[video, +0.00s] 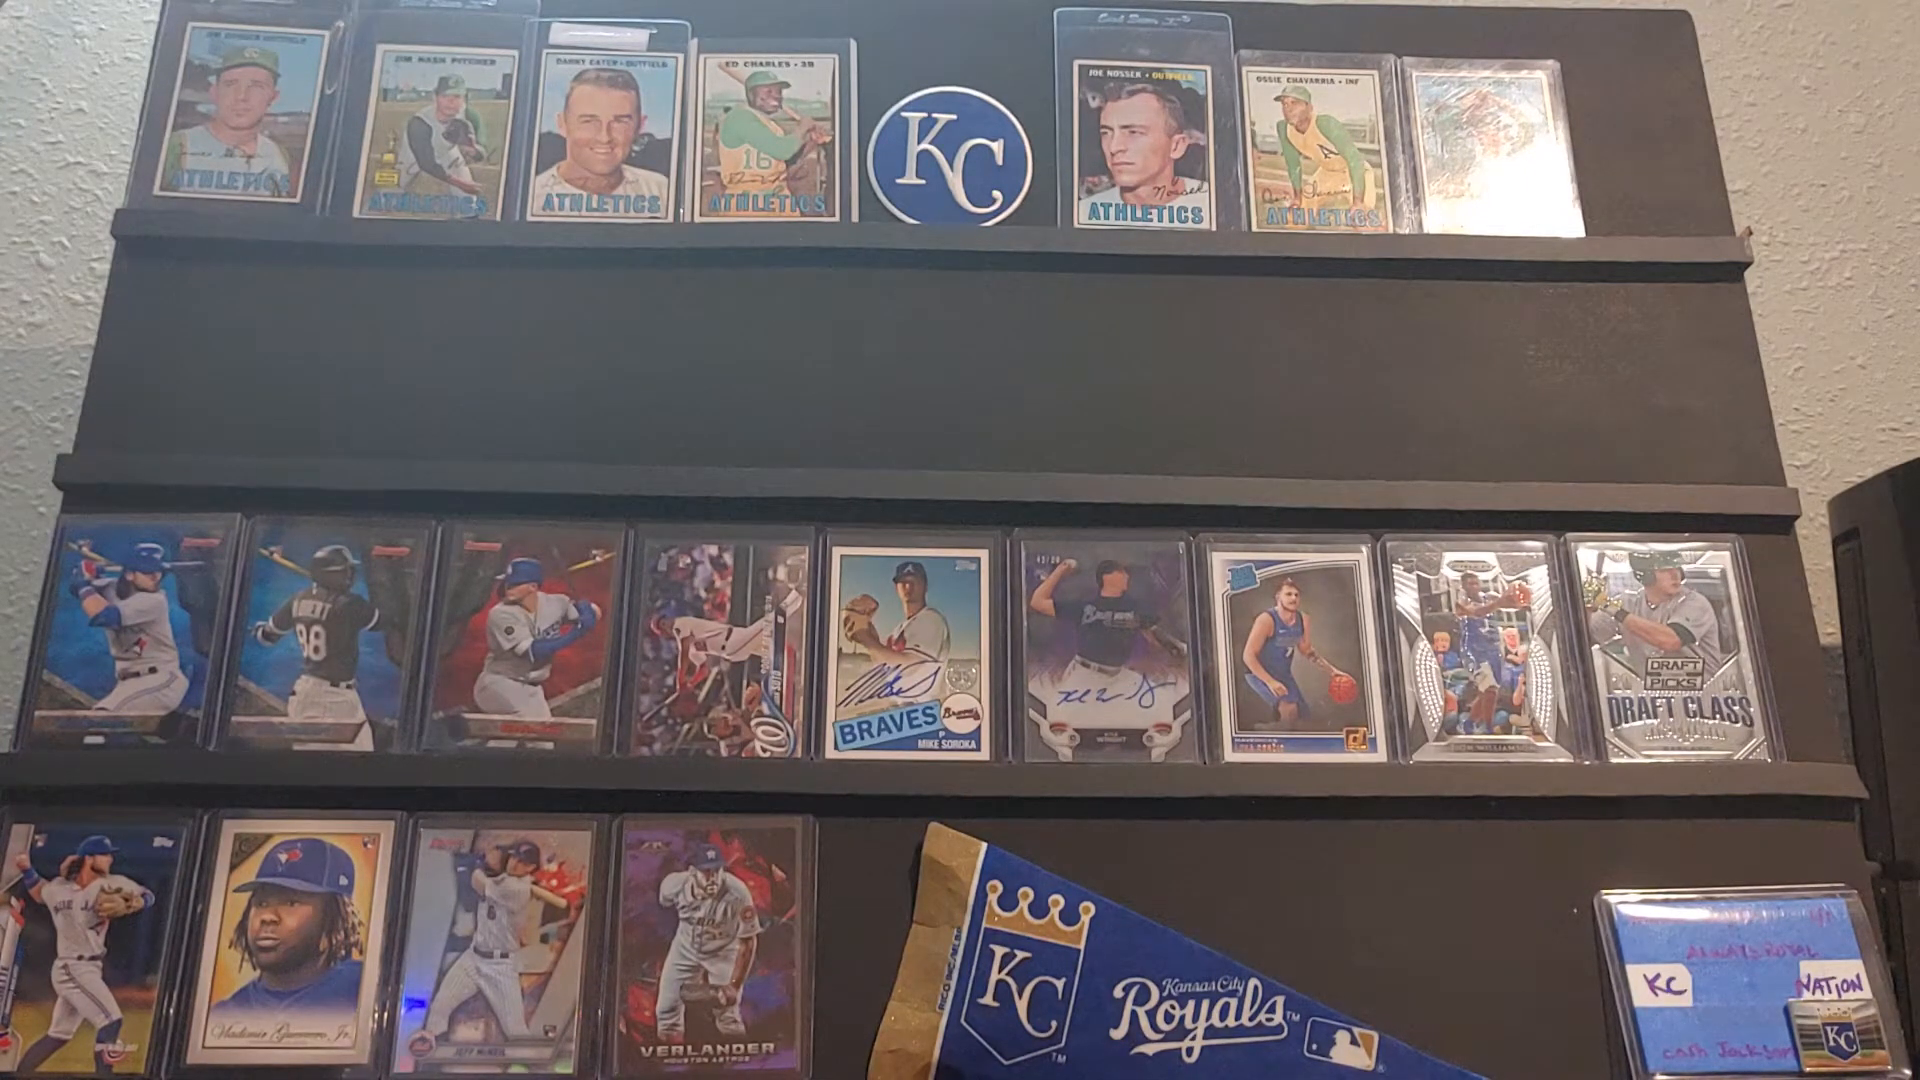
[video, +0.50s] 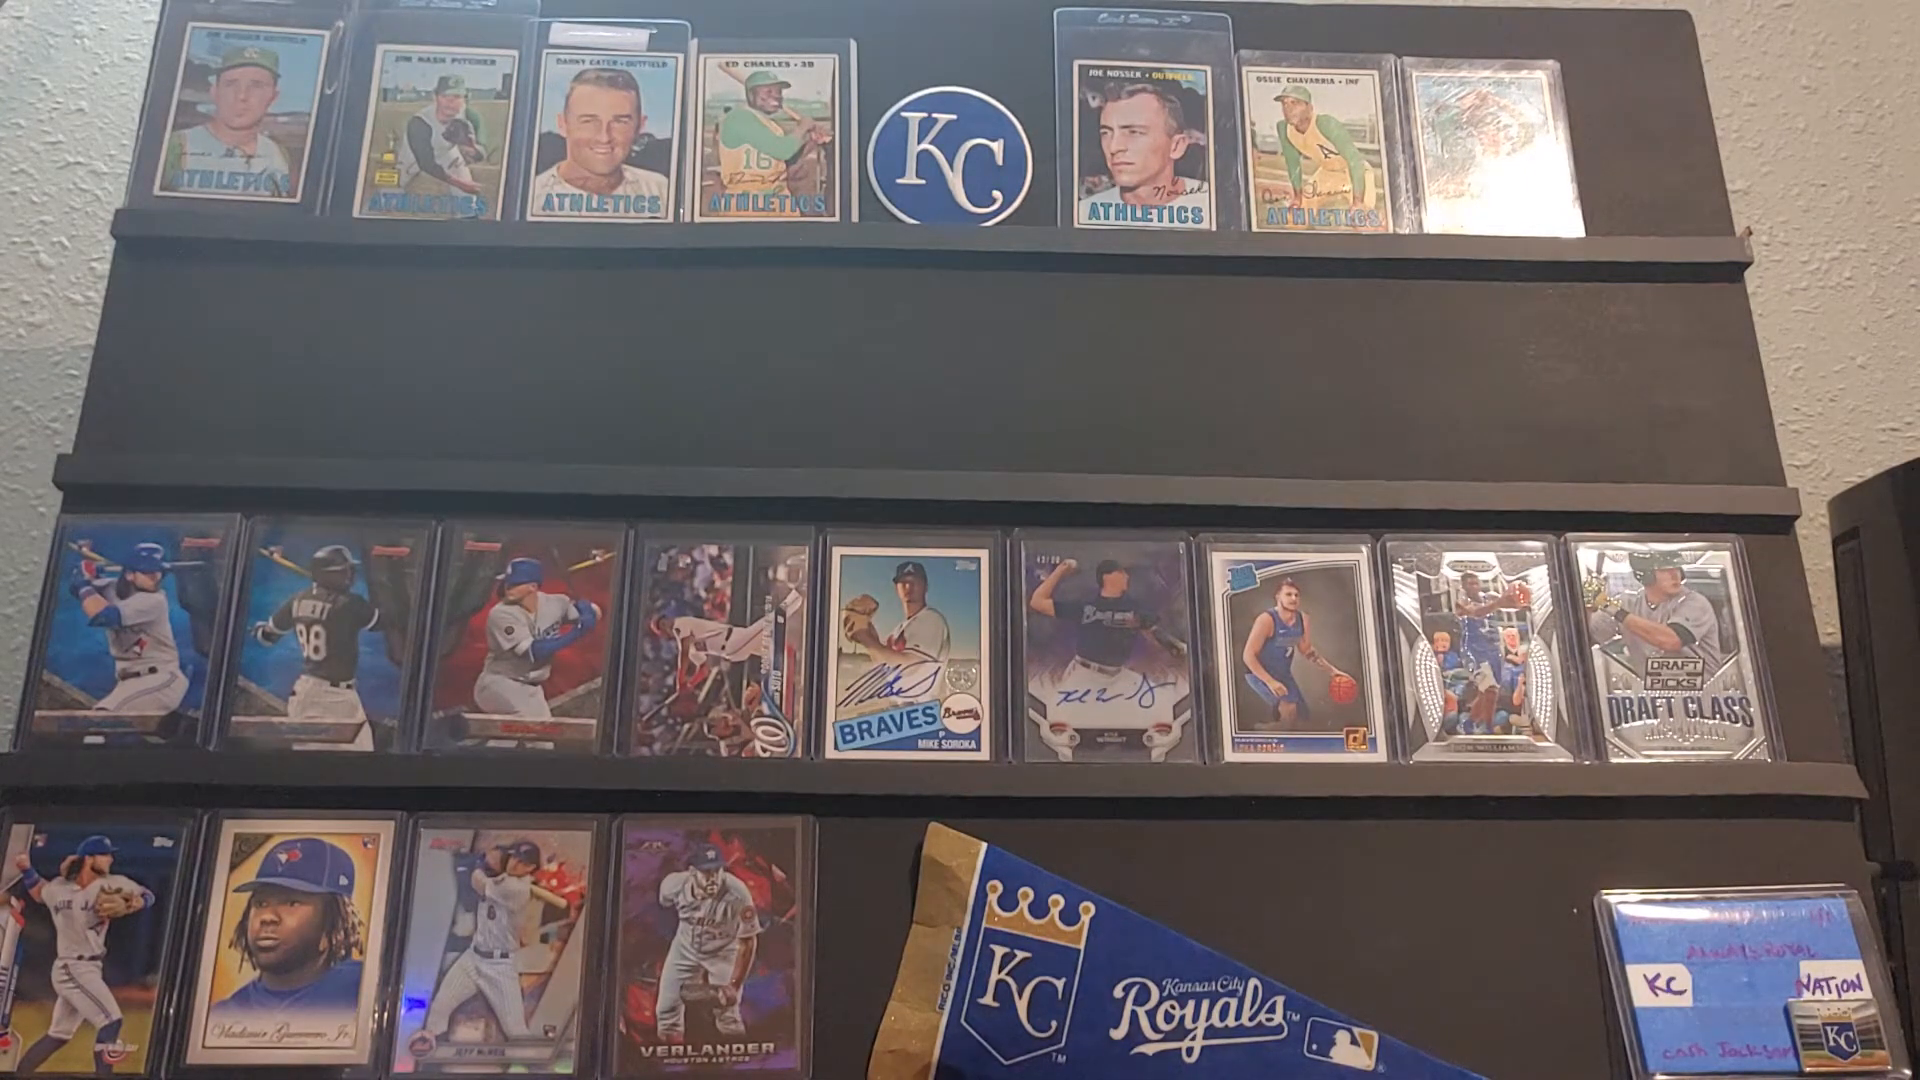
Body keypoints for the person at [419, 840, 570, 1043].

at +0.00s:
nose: (514, 863)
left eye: (521, 861)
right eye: (514, 858)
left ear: (531, 868)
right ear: (509, 858)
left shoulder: (519, 889)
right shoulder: (499, 879)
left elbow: (477, 881)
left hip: (502, 965)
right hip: (473, 958)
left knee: (515, 1029)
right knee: (440, 1005)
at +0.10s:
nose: (514, 863)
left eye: (521, 861)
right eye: (513, 858)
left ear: (531, 868)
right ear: (508, 858)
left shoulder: (519, 889)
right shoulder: (499, 879)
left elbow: (477, 881)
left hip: (502, 965)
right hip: (473, 958)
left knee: (515, 1029)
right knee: (440, 1004)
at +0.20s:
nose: (514, 863)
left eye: (520, 861)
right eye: (513, 858)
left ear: (531, 868)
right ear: (509, 858)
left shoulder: (519, 890)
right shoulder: (499, 879)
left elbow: (477, 881)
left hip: (502, 966)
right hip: (473, 958)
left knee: (515, 1029)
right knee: (440, 1004)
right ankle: (426, 1064)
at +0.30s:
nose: (514, 863)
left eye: (520, 861)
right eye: (513, 858)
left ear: (531, 868)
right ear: (509, 858)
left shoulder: (519, 890)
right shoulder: (499, 879)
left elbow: (477, 881)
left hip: (502, 966)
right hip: (473, 958)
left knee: (515, 1029)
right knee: (440, 1004)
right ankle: (426, 1063)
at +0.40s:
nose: (514, 863)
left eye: (520, 861)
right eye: (513, 858)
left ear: (531, 868)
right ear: (509, 858)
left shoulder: (519, 890)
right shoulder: (499, 879)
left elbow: (477, 881)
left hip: (502, 966)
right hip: (473, 958)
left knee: (515, 1029)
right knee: (440, 1004)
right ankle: (426, 1064)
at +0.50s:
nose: (515, 864)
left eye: (522, 862)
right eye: (514, 858)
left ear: (531, 869)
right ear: (509, 858)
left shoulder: (518, 889)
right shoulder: (500, 879)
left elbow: (477, 881)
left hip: (501, 966)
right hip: (472, 958)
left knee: (515, 1030)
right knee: (440, 1005)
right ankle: (424, 1065)